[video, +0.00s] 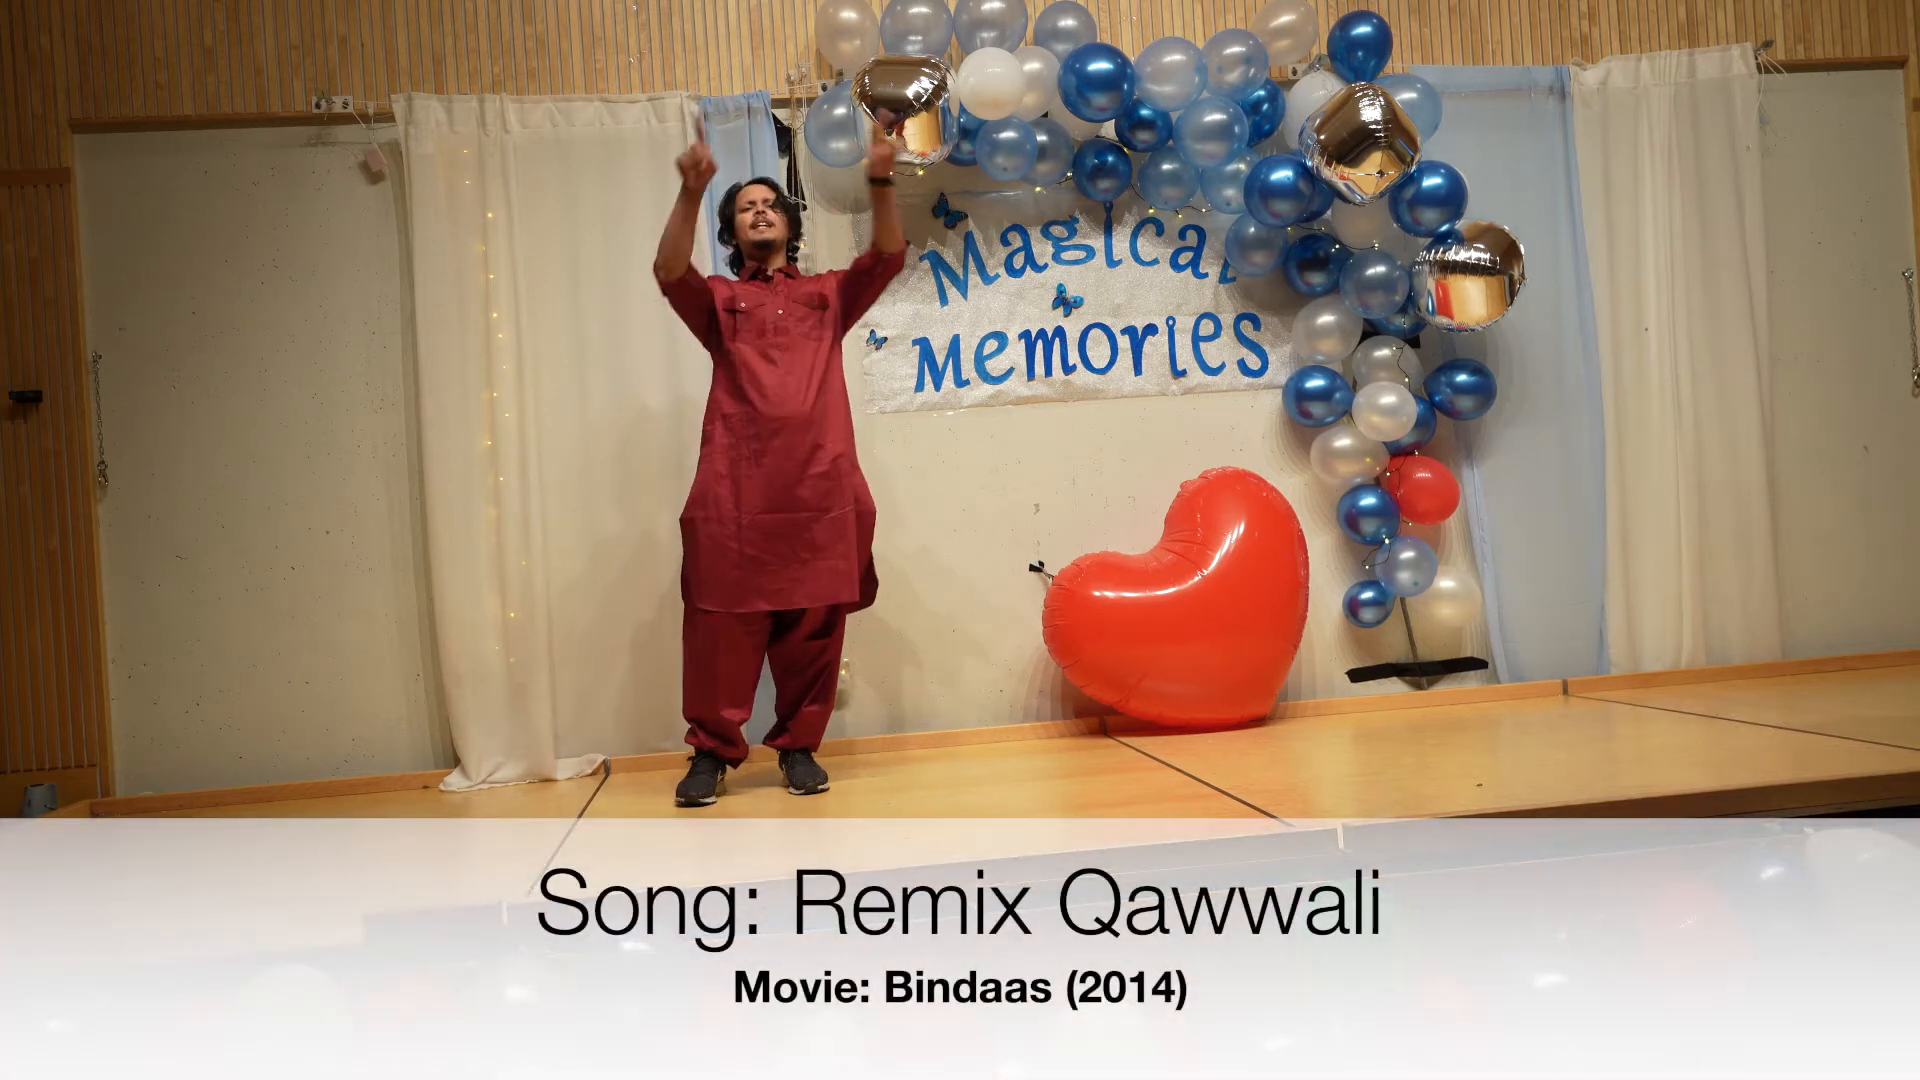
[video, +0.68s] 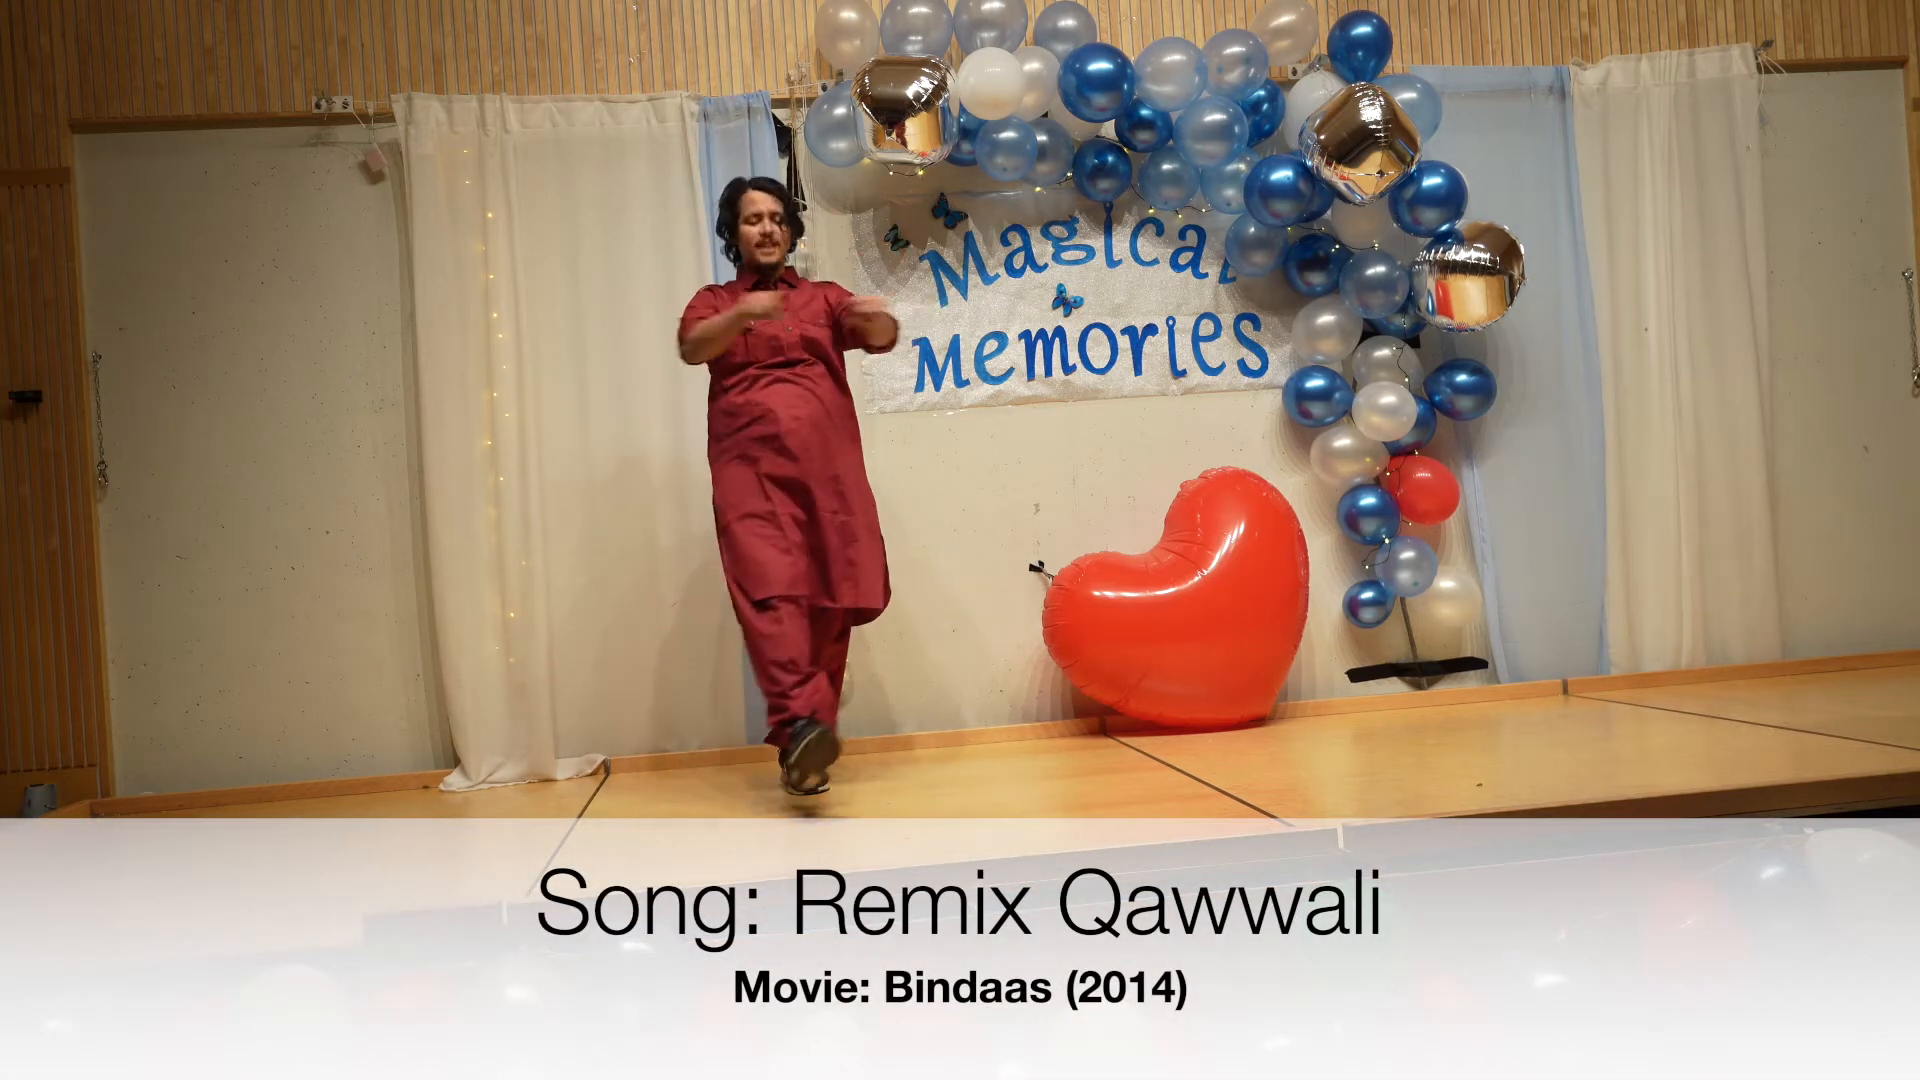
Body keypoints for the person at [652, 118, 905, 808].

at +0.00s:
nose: (759, 214)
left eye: (769, 205)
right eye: (746, 208)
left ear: (793, 224)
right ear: (732, 234)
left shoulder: (829, 292)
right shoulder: (721, 299)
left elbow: (887, 257)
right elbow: (671, 270)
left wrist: (882, 183)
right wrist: (692, 193)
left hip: (817, 484)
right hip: (734, 486)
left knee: (813, 629)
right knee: (719, 627)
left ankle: (800, 749)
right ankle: (710, 753)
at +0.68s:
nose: (766, 228)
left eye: (775, 218)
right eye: (753, 220)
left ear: (792, 229)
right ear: (732, 234)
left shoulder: (825, 296)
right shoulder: (714, 301)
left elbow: (881, 339)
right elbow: (691, 348)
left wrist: (881, 319)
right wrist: (742, 313)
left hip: (829, 471)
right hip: (750, 473)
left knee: (829, 603)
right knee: (771, 597)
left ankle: (809, 744)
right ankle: (800, 731)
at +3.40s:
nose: (1070, 163)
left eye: (1086, 152)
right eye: (1057, 146)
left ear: (1100, 156)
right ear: (1027, 141)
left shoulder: (1097, 232)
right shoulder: (979, 224)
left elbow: (1150, 328)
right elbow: (929, 332)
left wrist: (1246, 337)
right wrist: (1001, 416)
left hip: (1078, 443)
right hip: (1005, 447)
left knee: (1061, 594)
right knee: (1032, 602)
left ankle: (1014, 749)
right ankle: (1077, 769)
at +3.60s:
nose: (1077, 126)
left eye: (1091, 113)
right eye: (1063, 110)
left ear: (1109, 127)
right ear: (1032, 118)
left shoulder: (1124, 225)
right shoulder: (987, 211)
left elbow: (1146, 335)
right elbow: (940, 321)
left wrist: (1207, 394)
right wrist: (1019, 397)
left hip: (1103, 441)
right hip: (1014, 443)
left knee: (1110, 597)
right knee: (1039, 609)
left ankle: (1036, 721)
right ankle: (1079, 772)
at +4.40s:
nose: (1160, 62)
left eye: (1172, 53)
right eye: (1141, 56)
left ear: (1195, 82)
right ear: (1113, 89)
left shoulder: (1240, 181)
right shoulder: (1090, 179)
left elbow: (1349, 224)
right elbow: (1025, 247)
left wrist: (1262, 191)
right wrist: (1126, 210)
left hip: (1234, 425)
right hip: (1130, 428)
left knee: (1245, 603)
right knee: (1112, 605)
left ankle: (1241, 781)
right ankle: (1099, 774)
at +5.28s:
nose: (1183, 42)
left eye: (1195, 34)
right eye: (1163, 37)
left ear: (1218, 67)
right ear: (1132, 75)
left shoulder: (1265, 156)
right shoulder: (1116, 165)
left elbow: (1367, 108)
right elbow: (1063, 146)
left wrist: (1378, 20)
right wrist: (1099, 38)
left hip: (1257, 414)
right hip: (1148, 419)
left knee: (1255, 613)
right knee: (1141, 613)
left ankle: (1241, 782)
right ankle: (1150, 791)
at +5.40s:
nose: (1184, 45)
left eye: (1197, 36)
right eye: (1163, 38)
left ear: (1218, 67)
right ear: (1135, 73)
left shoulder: (1265, 159)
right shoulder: (1113, 164)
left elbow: (1380, 158)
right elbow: (1051, 195)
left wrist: (1422, 87)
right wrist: (1084, 104)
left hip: (1253, 422)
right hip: (1147, 423)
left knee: (1253, 612)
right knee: (1141, 613)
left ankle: (1243, 784)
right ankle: (1150, 791)